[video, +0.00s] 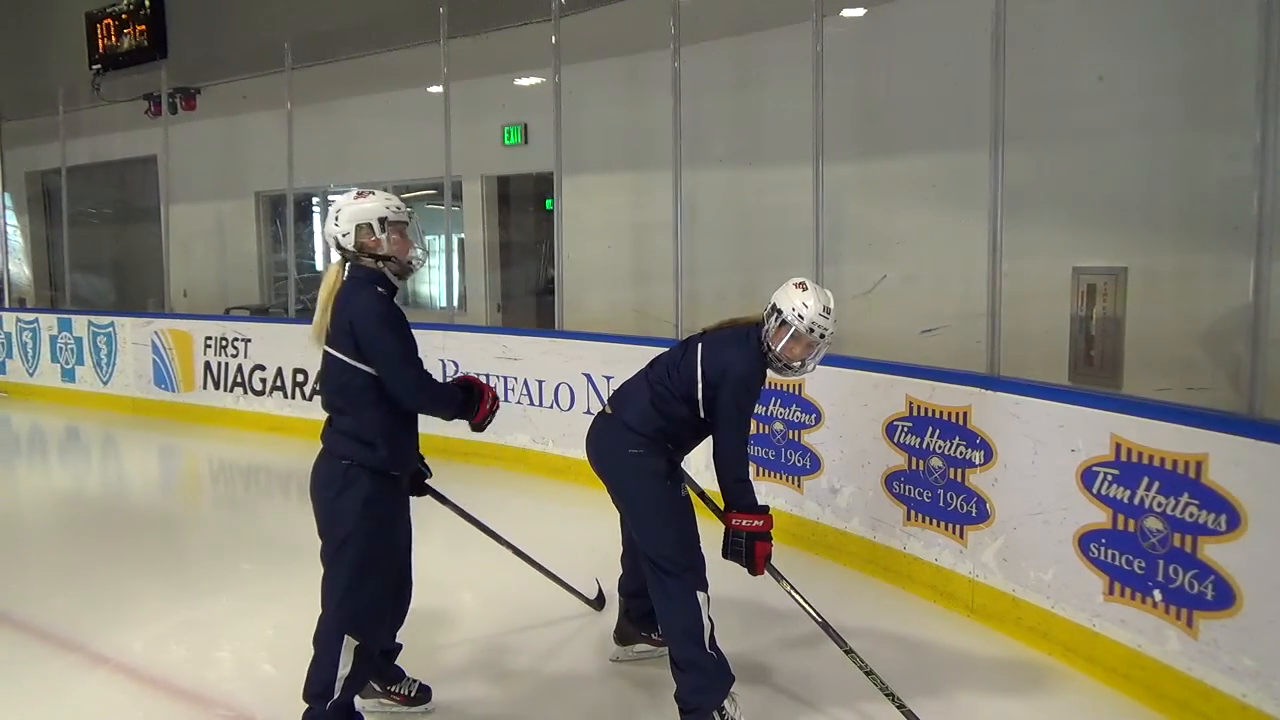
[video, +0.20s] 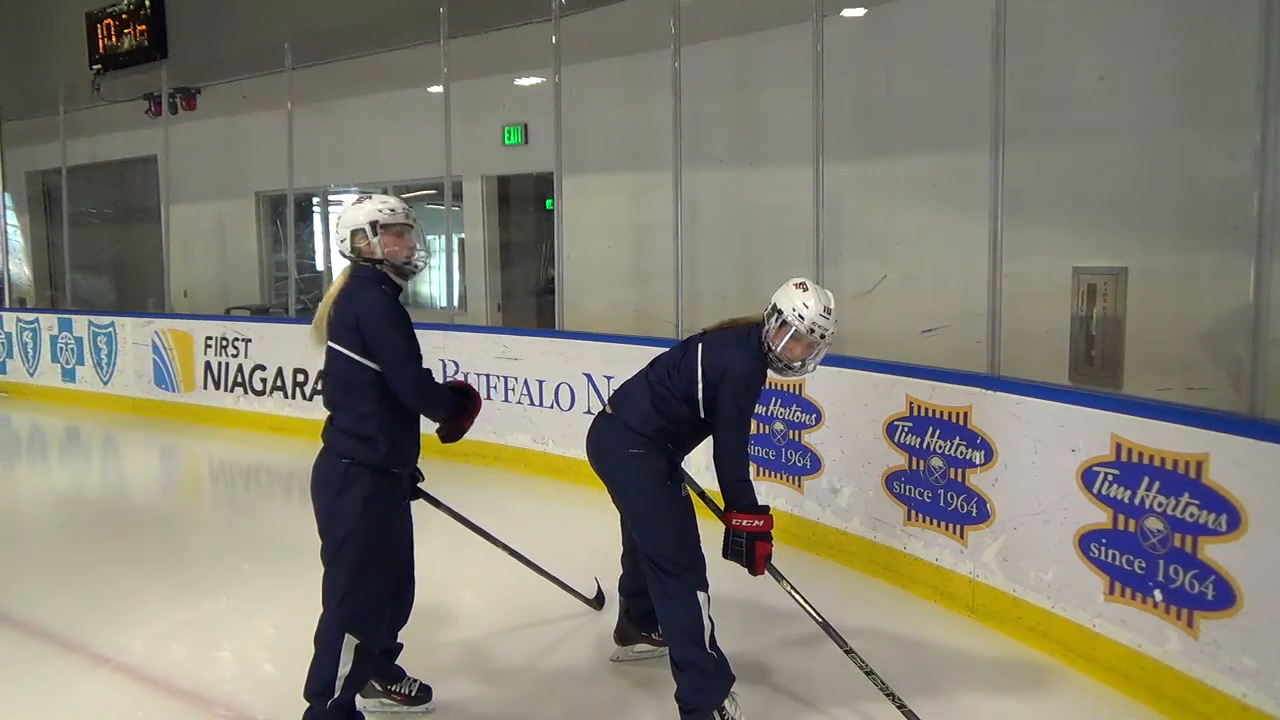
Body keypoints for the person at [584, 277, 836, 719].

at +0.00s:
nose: (793, 349)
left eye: (806, 343)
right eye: (789, 335)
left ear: (819, 347)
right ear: (772, 322)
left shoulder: (742, 341)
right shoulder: (742, 364)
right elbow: (730, 449)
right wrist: (747, 517)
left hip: (619, 436)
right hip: (636, 447)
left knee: (645, 536)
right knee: (679, 569)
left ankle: (637, 625)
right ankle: (704, 704)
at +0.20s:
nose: (793, 349)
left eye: (806, 343)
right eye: (789, 335)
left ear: (819, 347)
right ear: (772, 322)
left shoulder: (743, 340)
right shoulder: (743, 365)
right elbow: (730, 450)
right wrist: (748, 518)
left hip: (619, 435)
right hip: (636, 446)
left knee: (644, 536)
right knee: (680, 570)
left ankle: (637, 625)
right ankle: (704, 704)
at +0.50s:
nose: (809, 359)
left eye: (818, 351)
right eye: (805, 345)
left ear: (825, 348)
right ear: (780, 327)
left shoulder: (744, 345)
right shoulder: (743, 365)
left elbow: (730, 441)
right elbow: (731, 450)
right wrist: (749, 519)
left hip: (620, 436)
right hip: (635, 446)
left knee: (645, 535)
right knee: (680, 570)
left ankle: (637, 625)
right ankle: (705, 704)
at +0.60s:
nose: (810, 360)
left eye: (819, 351)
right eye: (805, 346)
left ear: (825, 348)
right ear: (781, 328)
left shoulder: (744, 344)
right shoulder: (743, 365)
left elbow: (730, 441)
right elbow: (731, 450)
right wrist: (748, 519)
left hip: (619, 436)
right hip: (636, 447)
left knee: (645, 536)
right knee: (681, 570)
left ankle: (637, 625)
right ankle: (706, 705)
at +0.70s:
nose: (809, 358)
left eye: (818, 350)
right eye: (805, 344)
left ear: (823, 347)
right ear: (780, 327)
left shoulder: (743, 343)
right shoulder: (743, 365)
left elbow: (730, 441)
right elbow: (731, 452)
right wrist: (749, 520)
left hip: (619, 436)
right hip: (636, 447)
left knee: (646, 537)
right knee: (681, 570)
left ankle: (637, 624)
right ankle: (706, 704)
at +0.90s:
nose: (804, 356)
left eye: (812, 348)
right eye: (800, 342)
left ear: (819, 345)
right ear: (775, 325)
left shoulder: (738, 340)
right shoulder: (741, 365)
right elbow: (731, 451)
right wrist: (751, 519)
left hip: (618, 440)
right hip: (638, 452)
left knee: (656, 540)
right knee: (691, 572)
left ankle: (641, 625)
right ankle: (697, 705)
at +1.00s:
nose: (801, 349)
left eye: (809, 340)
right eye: (795, 336)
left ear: (817, 336)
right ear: (768, 321)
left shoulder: (735, 337)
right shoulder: (737, 362)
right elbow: (734, 452)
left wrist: (674, 441)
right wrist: (757, 520)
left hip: (632, 443)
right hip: (635, 454)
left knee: (666, 542)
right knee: (691, 579)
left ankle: (644, 624)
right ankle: (691, 706)